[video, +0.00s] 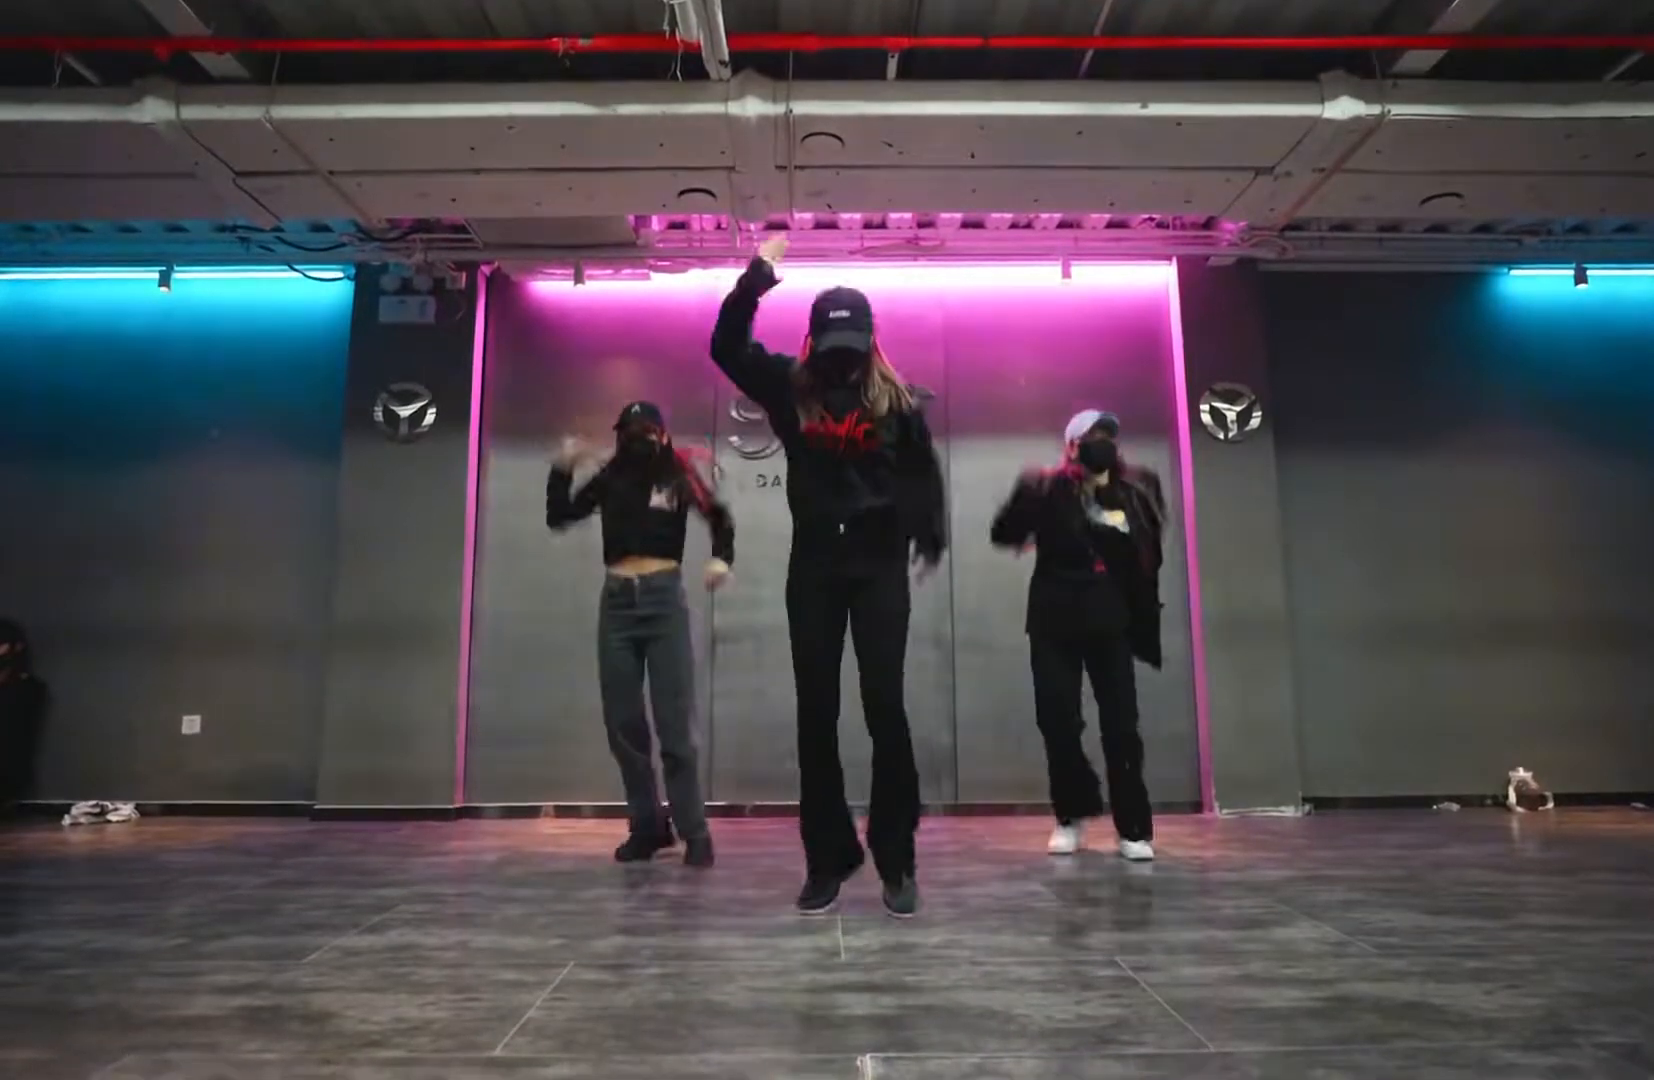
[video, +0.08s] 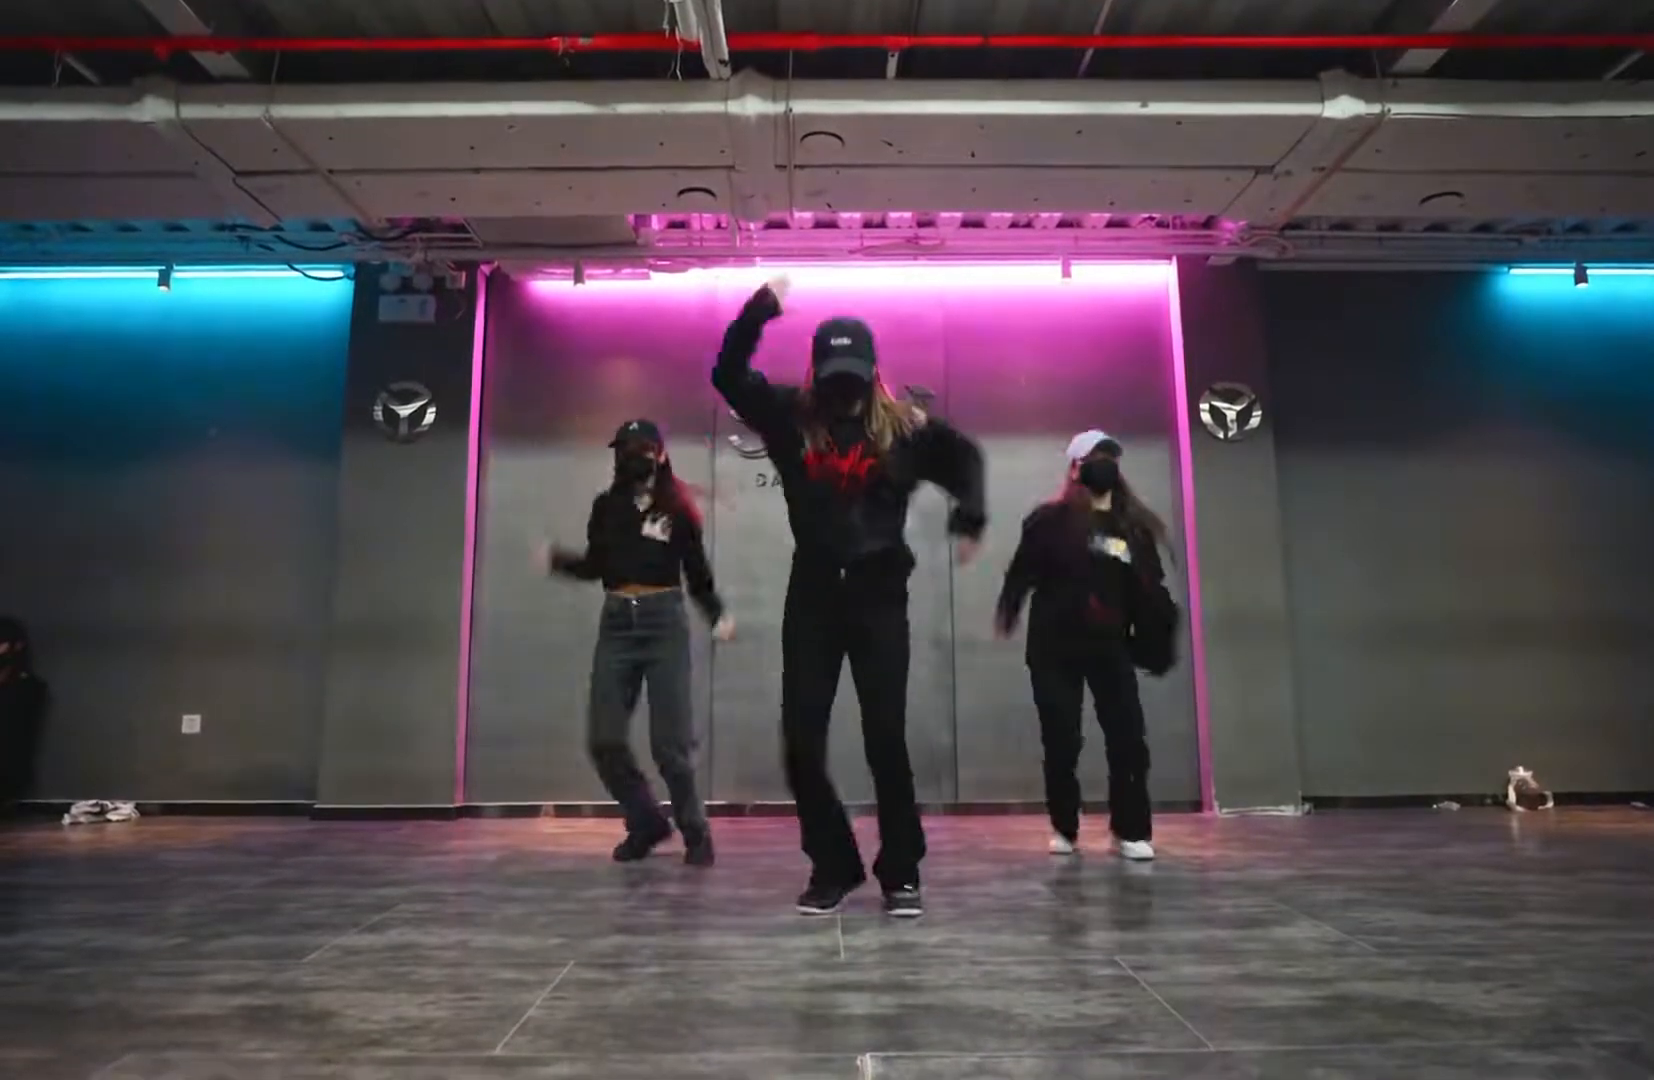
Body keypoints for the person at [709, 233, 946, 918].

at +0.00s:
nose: (844, 362)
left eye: (854, 351)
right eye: (833, 350)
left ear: (871, 345)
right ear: (813, 344)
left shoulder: (894, 402)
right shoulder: (789, 390)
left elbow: (923, 476)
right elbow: (729, 346)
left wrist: (927, 532)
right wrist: (758, 274)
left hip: (881, 568)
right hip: (814, 568)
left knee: (885, 710)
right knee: (816, 715)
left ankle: (896, 858)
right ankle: (828, 859)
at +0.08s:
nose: (843, 389)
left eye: (853, 378)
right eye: (833, 379)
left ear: (872, 374)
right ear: (816, 374)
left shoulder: (903, 429)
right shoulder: (789, 421)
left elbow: (964, 458)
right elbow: (729, 377)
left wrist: (969, 515)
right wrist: (755, 315)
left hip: (879, 600)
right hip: (812, 598)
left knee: (884, 743)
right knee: (801, 746)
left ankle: (900, 875)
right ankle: (833, 870)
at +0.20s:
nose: (842, 428)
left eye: (854, 415)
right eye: (831, 416)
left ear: (873, 411)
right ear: (814, 413)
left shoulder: (897, 475)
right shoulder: (786, 463)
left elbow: (927, 551)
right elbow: (725, 475)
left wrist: (902, 475)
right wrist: (743, 425)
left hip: (879, 641)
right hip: (812, 637)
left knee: (882, 770)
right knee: (749, 727)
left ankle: (901, 880)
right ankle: (781, 846)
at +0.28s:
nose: (824, 426)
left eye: (836, 414)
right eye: (814, 414)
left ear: (856, 410)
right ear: (801, 411)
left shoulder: (868, 472)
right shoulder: (792, 467)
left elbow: (885, 567)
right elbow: (762, 543)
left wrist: (886, 655)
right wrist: (730, 525)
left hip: (872, 643)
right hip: (806, 642)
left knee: (880, 774)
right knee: (727, 744)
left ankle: (902, 883)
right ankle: (696, 897)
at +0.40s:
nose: (764, 430)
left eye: (774, 416)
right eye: (754, 418)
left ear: (798, 406)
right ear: (742, 416)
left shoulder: (832, 454)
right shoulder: (761, 466)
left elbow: (836, 526)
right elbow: (742, 522)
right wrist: (699, 554)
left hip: (863, 637)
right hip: (796, 636)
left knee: (881, 768)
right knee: (718, 757)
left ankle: (903, 876)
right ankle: (665, 913)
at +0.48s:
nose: (753, 427)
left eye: (764, 413)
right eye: (741, 415)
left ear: (789, 402)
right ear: (725, 412)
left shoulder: (831, 457)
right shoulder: (727, 464)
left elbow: (875, 535)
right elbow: (703, 515)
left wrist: (808, 490)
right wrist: (669, 562)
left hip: (850, 639)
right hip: (777, 641)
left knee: (915, 767)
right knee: (702, 760)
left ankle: (909, 852)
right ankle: (661, 915)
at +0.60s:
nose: (789, 413)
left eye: (801, 398)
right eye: (776, 399)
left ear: (823, 393)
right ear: (756, 398)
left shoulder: (842, 459)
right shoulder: (724, 463)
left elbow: (863, 541)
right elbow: (662, 531)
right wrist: (623, 611)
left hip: (842, 638)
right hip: (760, 644)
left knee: (944, 713)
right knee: (686, 759)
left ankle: (956, 875)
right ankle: (661, 912)